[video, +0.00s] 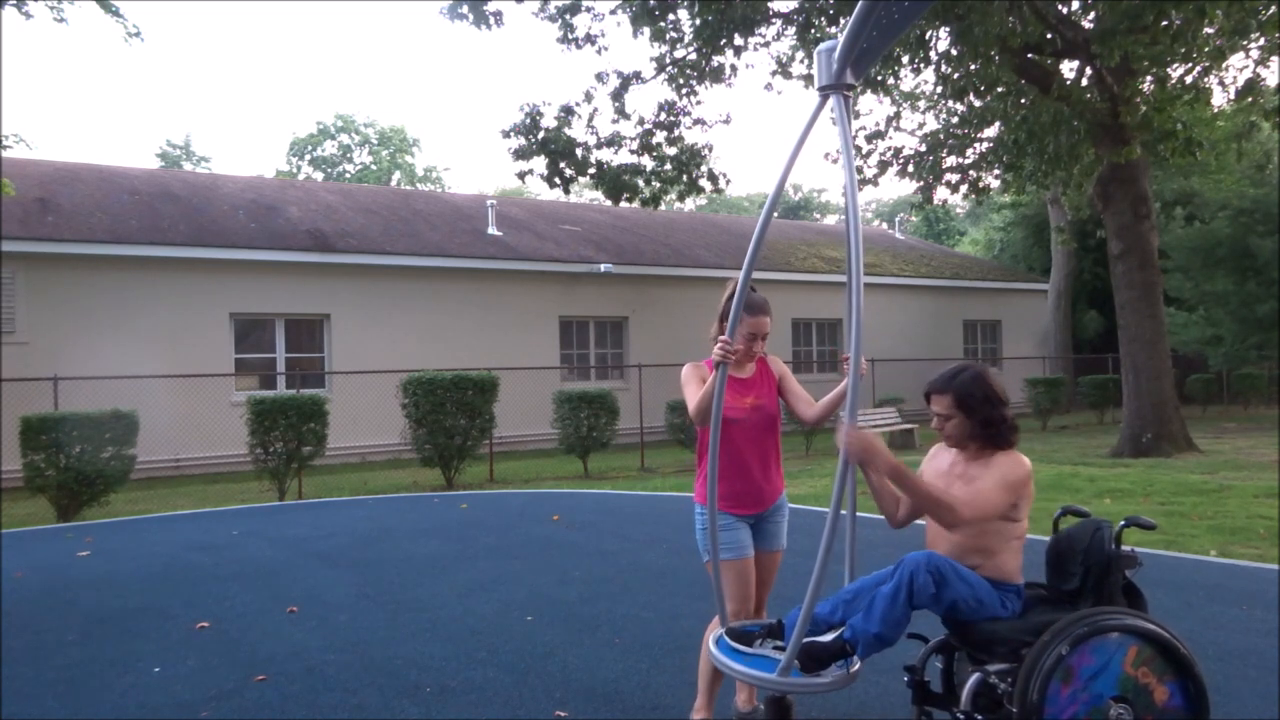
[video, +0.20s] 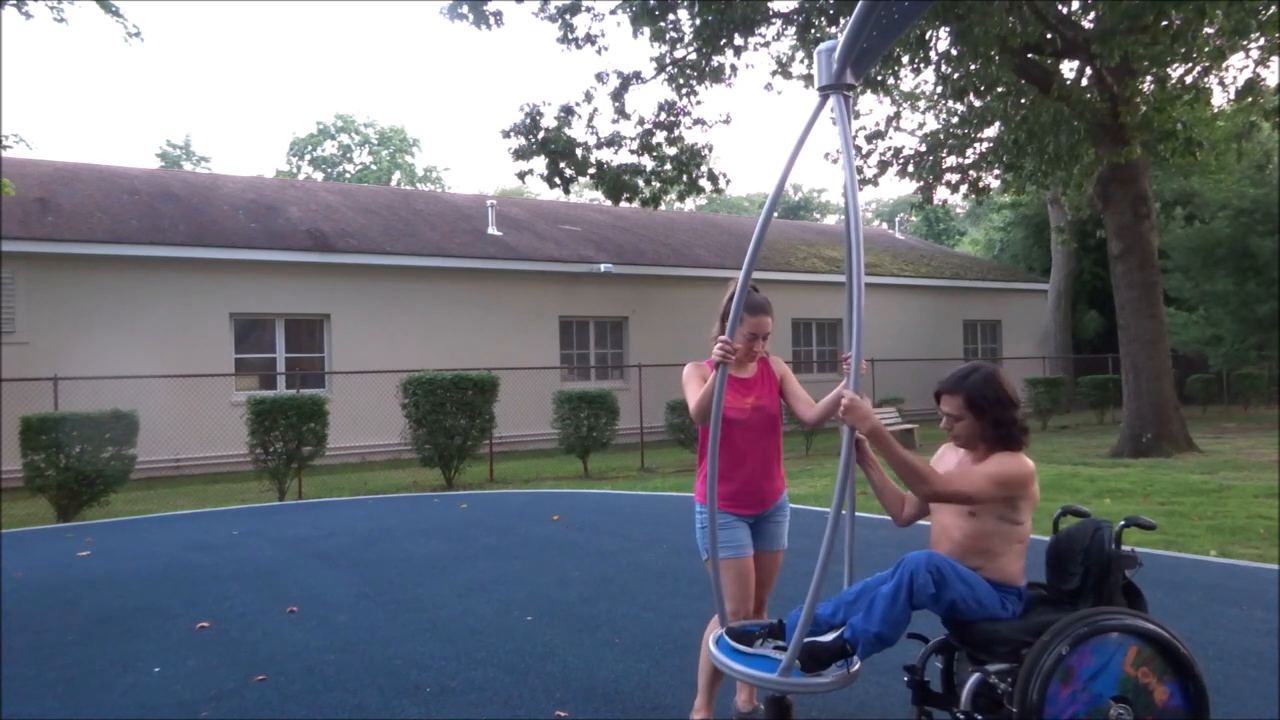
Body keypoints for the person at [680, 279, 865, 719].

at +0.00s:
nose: (759, 346)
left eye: (764, 337)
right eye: (751, 336)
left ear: (769, 330)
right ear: (726, 328)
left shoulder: (772, 366)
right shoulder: (698, 370)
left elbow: (811, 413)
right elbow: (699, 417)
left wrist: (848, 379)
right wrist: (719, 370)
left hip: (771, 504)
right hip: (720, 508)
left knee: (757, 612)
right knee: (735, 615)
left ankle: (746, 701)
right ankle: (702, 707)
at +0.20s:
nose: (760, 345)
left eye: (765, 337)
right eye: (752, 336)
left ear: (771, 331)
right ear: (728, 328)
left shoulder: (774, 366)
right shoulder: (699, 369)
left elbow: (811, 415)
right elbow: (699, 415)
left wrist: (845, 382)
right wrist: (720, 370)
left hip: (772, 504)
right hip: (720, 507)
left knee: (757, 611)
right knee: (735, 615)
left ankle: (747, 701)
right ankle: (702, 706)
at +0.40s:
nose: (761, 346)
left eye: (766, 337)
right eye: (753, 336)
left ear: (771, 332)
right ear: (729, 327)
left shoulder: (774, 366)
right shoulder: (699, 369)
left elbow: (811, 416)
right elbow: (699, 413)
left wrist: (843, 381)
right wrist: (719, 370)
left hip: (772, 505)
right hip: (720, 508)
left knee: (758, 609)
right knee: (734, 614)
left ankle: (746, 701)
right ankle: (700, 707)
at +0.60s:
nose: (760, 346)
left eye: (766, 338)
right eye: (752, 337)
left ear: (770, 332)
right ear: (728, 328)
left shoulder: (773, 367)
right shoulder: (698, 369)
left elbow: (811, 416)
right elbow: (698, 413)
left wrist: (843, 380)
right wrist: (719, 370)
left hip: (770, 504)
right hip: (718, 508)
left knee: (757, 609)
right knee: (732, 614)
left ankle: (747, 700)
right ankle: (699, 706)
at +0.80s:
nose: (760, 347)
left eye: (765, 339)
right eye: (752, 338)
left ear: (770, 332)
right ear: (728, 329)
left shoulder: (772, 367)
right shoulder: (698, 369)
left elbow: (809, 417)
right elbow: (698, 412)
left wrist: (842, 380)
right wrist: (719, 369)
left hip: (769, 504)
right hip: (717, 508)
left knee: (757, 610)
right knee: (732, 614)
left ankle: (747, 701)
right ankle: (699, 706)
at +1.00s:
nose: (760, 347)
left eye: (765, 339)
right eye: (752, 338)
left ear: (770, 332)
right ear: (727, 328)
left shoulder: (772, 367)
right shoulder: (698, 369)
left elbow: (810, 417)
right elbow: (698, 413)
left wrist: (842, 380)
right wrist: (719, 370)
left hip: (769, 504)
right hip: (717, 508)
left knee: (756, 609)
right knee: (732, 614)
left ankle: (747, 699)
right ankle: (699, 706)